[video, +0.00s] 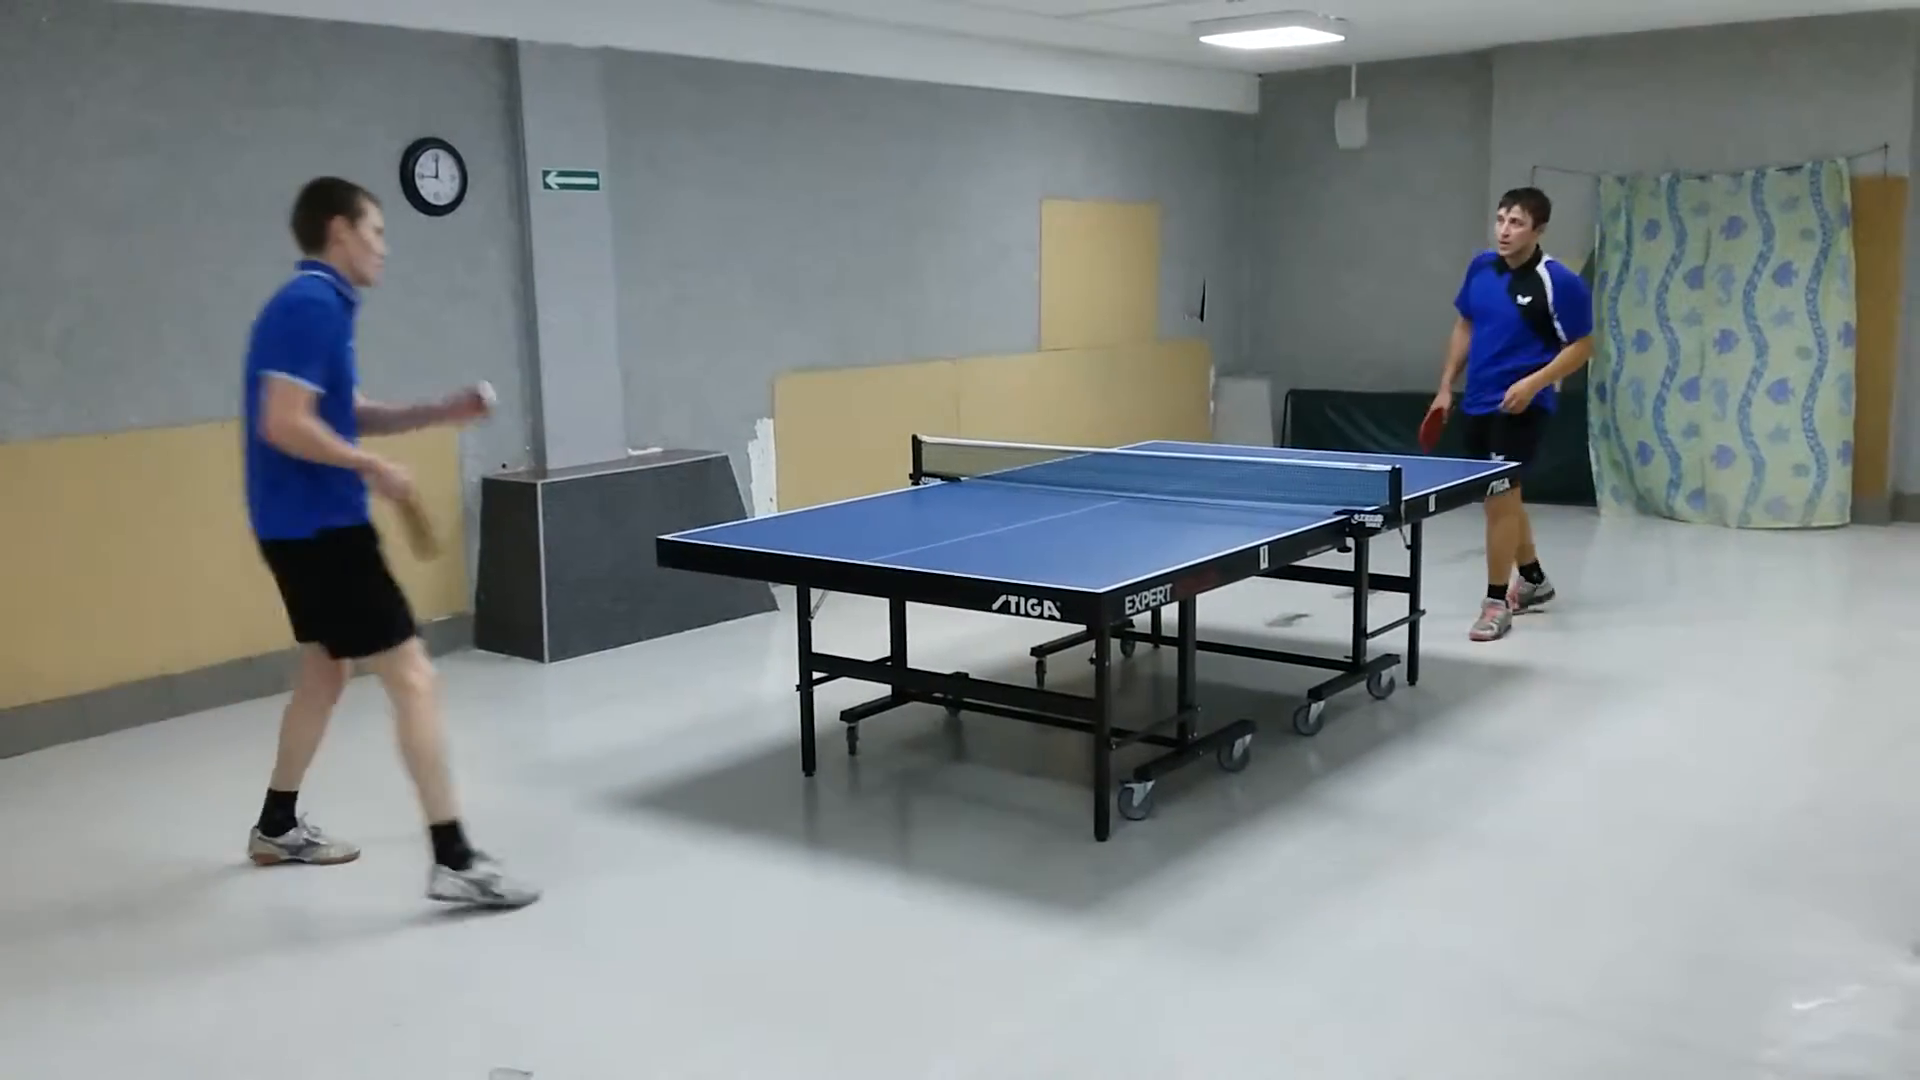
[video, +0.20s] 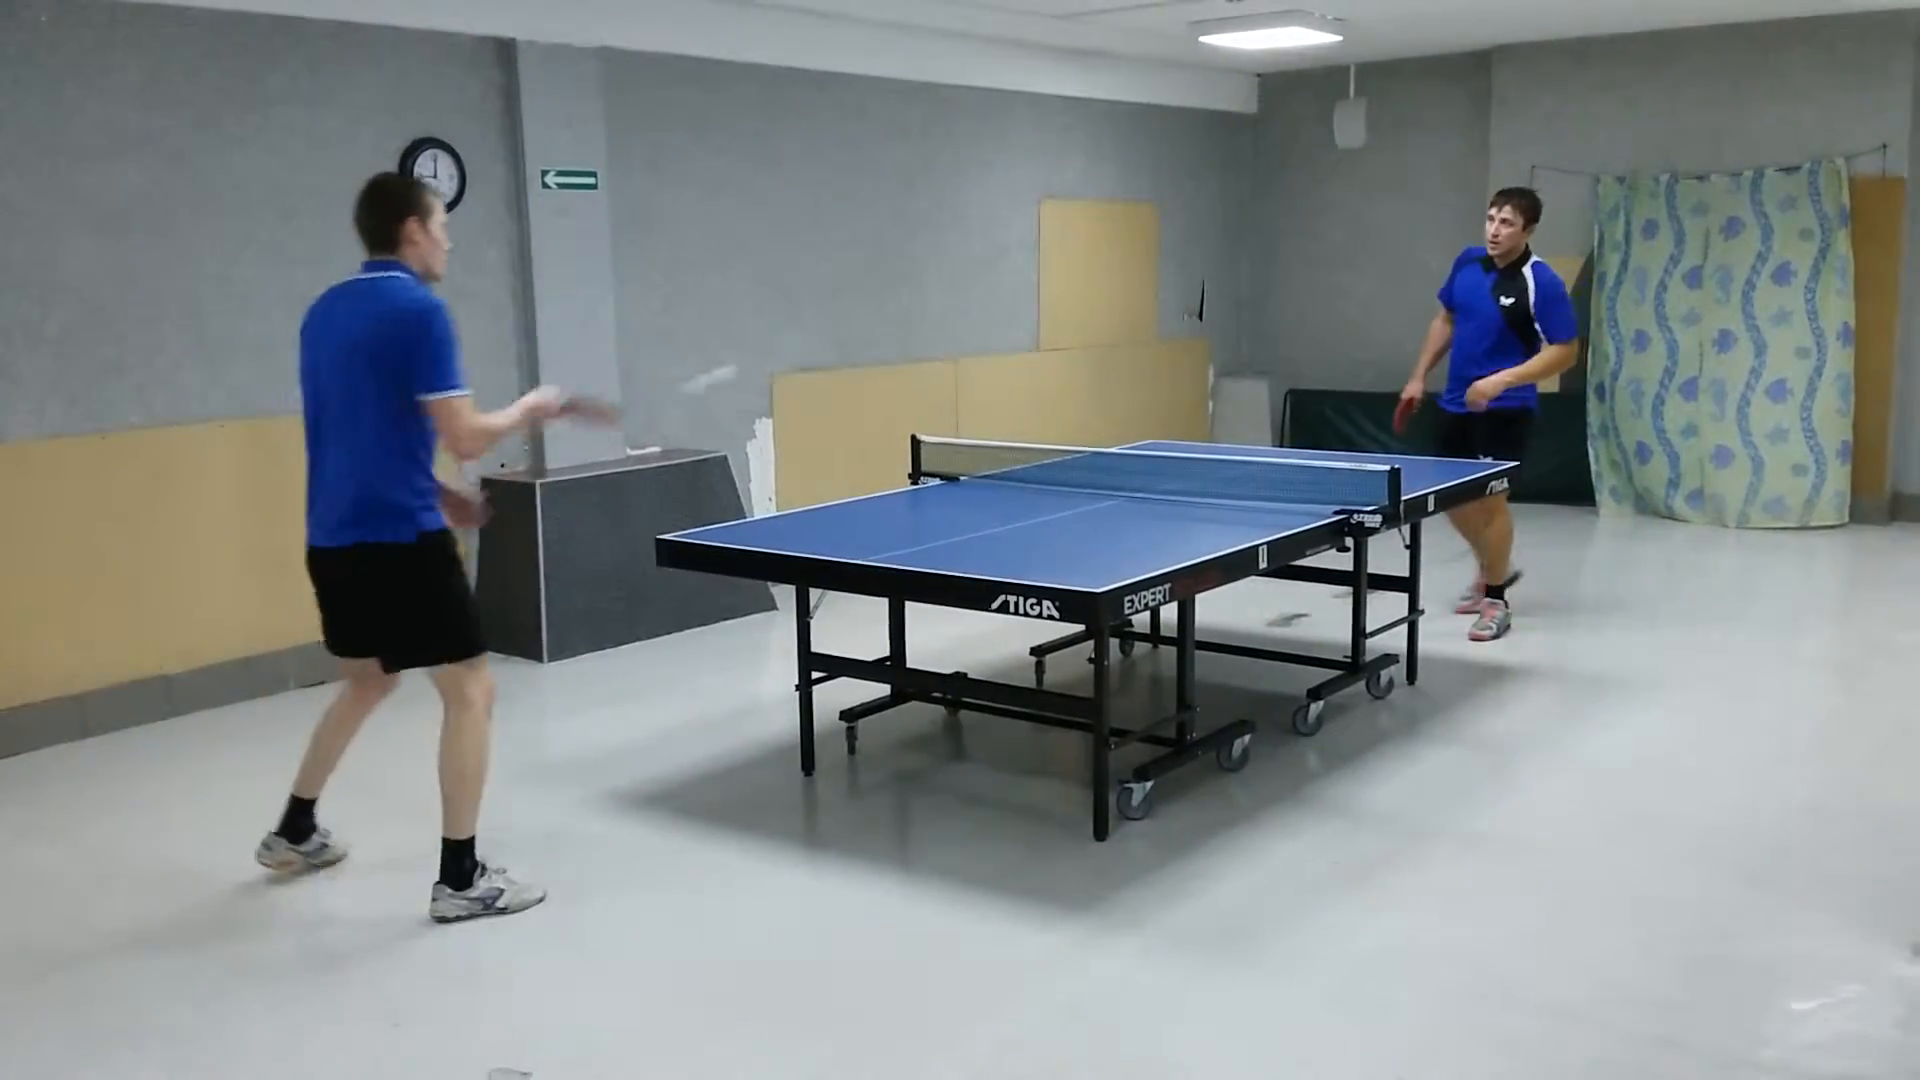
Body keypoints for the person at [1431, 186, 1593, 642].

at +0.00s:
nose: (1504, 229)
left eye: (1516, 223)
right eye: (1501, 220)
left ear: (1538, 231)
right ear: (1494, 224)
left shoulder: (1561, 282)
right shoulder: (1481, 268)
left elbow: (1581, 347)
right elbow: (1464, 326)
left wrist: (1534, 383)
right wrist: (1446, 386)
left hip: (1524, 404)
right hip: (1478, 402)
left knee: (1499, 493)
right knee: (1501, 492)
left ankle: (1496, 601)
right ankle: (1533, 580)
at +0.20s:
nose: (1496, 229)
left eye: (1508, 223)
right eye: (1493, 219)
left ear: (1528, 231)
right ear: (1485, 221)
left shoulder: (1542, 281)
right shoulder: (1468, 262)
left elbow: (1563, 351)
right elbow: (1445, 319)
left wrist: (1502, 379)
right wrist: (1418, 377)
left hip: (1507, 408)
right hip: (1458, 401)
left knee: (1491, 500)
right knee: (1453, 497)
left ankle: (1496, 598)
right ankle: (1495, 569)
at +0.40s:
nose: (1482, 224)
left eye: (1495, 218)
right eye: (1480, 214)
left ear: (1514, 226)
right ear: (1472, 218)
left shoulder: (1528, 272)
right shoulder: (1454, 262)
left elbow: (1541, 345)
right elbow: (1430, 317)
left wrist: (1478, 366)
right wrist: (1400, 371)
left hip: (1493, 404)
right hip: (1441, 399)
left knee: (1485, 496)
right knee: (1421, 493)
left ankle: (1497, 595)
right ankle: (1409, 578)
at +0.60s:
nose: (1448, 243)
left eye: (1459, 236)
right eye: (1443, 234)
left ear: (1477, 242)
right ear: (1434, 236)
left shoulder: (1493, 285)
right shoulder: (1409, 277)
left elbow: (1517, 352)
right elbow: (1388, 331)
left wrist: (1469, 370)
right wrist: (1371, 387)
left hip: (1469, 416)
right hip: (1408, 411)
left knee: (1476, 504)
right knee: (1370, 492)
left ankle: (1499, 602)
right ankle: (1349, 577)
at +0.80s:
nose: (1422, 255)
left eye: (1431, 247)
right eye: (1414, 246)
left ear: (1445, 249)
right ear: (1402, 248)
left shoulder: (1467, 288)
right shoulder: (1377, 290)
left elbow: (1502, 343)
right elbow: (1350, 345)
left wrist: (1483, 351)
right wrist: (1335, 402)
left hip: (1458, 416)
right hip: (1394, 416)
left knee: (1483, 498)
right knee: (1366, 498)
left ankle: (1509, 596)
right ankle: (1345, 580)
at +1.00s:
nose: (1433, 262)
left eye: (1442, 254)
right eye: (1426, 253)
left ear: (1454, 258)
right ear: (1412, 255)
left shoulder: (1475, 292)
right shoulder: (1388, 295)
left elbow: (1514, 349)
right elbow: (1358, 343)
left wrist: (1495, 335)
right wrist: (1334, 395)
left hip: (1470, 420)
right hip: (1405, 420)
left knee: (1495, 496)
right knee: (1367, 500)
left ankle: (1523, 588)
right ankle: (1346, 579)